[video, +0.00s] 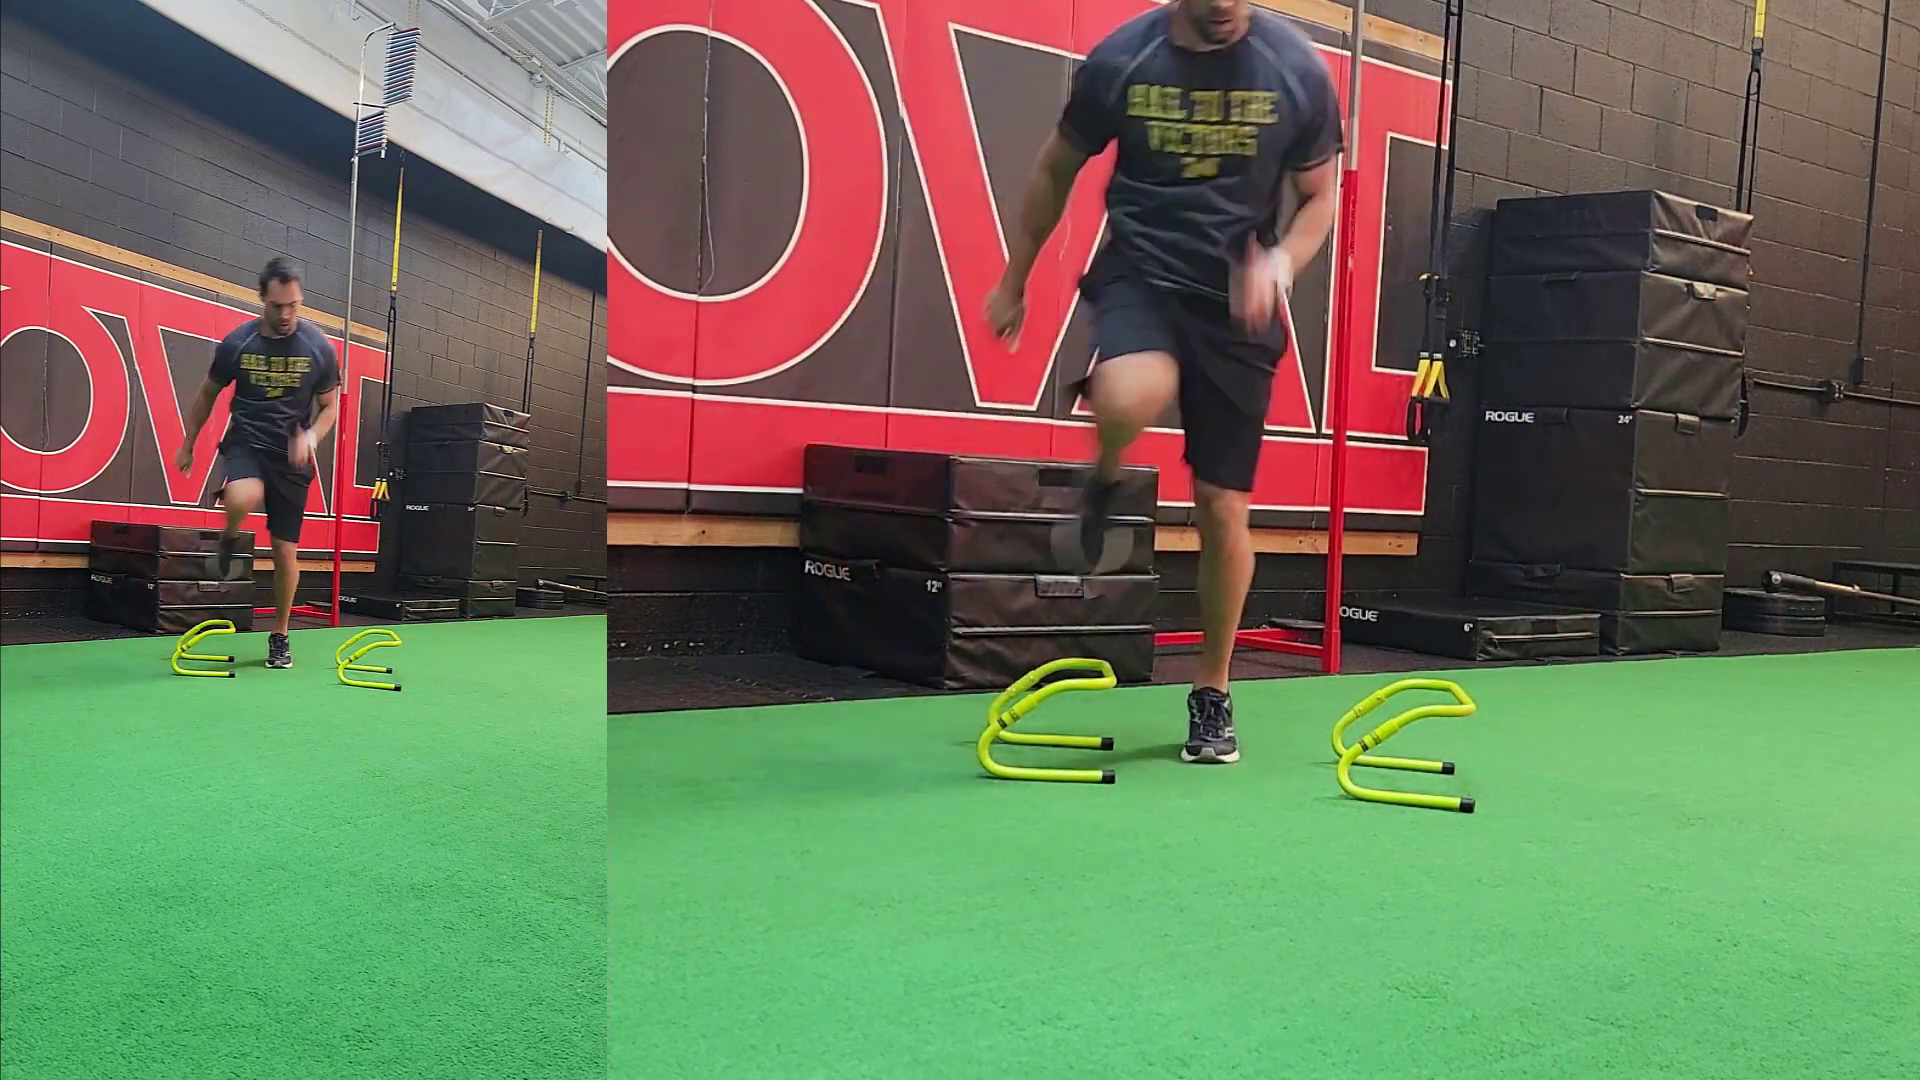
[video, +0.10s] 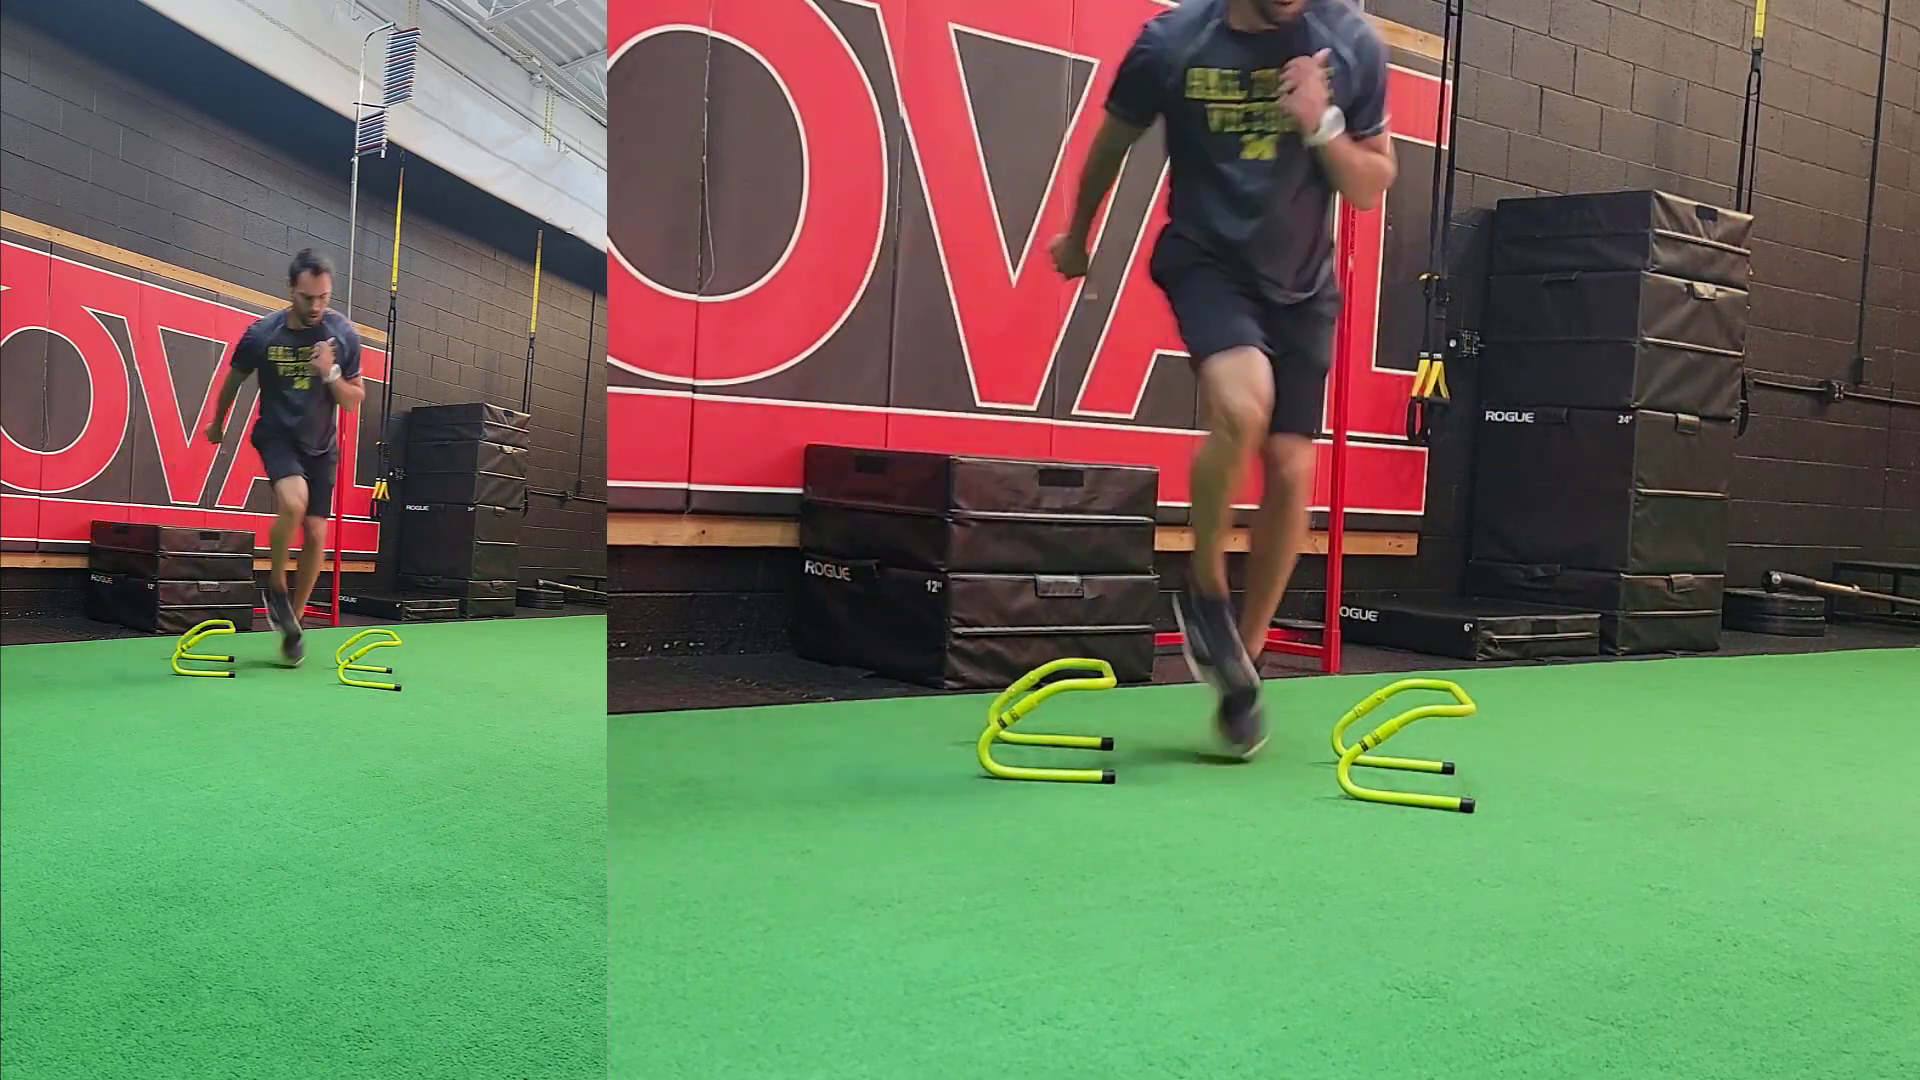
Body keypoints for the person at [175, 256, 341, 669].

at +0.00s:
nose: (286, 314)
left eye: (292, 305)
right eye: (277, 306)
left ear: (301, 301)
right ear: (261, 300)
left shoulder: (319, 348)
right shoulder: (237, 344)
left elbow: (330, 407)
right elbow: (207, 394)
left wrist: (312, 436)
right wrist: (188, 443)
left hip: (293, 452)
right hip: (246, 444)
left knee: (285, 551)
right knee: (240, 500)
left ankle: (280, 635)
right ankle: (227, 543)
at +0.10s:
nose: (316, 307)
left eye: (323, 298)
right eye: (308, 297)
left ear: (330, 294)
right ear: (290, 291)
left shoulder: (343, 335)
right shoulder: (261, 336)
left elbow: (354, 399)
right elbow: (232, 379)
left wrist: (331, 375)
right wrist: (217, 422)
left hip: (322, 443)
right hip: (277, 436)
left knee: (317, 533)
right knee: (295, 505)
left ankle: (295, 620)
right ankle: (277, 586)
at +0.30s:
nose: (380, 323)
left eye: (386, 314)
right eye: (372, 314)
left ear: (392, 309)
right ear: (351, 307)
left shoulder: (398, 349)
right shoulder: (322, 358)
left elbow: (401, 408)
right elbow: (289, 409)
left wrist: (387, 402)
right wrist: (267, 462)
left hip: (378, 458)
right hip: (331, 467)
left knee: (422, 514)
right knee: (327, 554)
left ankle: (406, 571)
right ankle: (296, 643)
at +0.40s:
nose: (408, 327)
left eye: (414, 319)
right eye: (400, 319)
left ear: (421, 313)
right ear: (380, 310)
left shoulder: (426, 346)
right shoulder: (349, 358)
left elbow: (430, 397)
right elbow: (322, 416)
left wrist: (430, 428)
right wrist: (322, 482)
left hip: (406, 453)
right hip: (359, 457)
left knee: (437, 528)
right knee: (363, 534)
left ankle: (464, 619)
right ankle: (317, 610)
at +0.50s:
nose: (436, 352)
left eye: (443, 342)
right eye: (428, 343)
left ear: (448, 336)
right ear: (408, 334)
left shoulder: (454, 370)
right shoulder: (378, 380)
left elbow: (461, 418)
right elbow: (357, 447)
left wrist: (466, 472)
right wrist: (396, 473)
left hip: (437, 474)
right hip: (388, 474)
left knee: (452, 553)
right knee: (403, 536)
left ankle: (474, 647)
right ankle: (382, 552)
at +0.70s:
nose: (474, 395)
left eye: (481, 386)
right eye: (466, 386)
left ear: (489, 378)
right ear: (449, 373)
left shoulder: (492, 401)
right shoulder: (417, 416)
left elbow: (486, 443)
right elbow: (410, 489)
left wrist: (478, 458)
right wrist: (460, 468)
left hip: (466, 495)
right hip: (419, 500)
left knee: (483, 564)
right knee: (454, 557)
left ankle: (478, 650)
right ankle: (449, 589)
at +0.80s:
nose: (480, 398)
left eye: (488, 389)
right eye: (473, 388)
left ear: (496, 380)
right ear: (455, 376)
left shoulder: (498, 405)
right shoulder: (423, 418)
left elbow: (485, 443)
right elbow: (412, 490)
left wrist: (480, 462)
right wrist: (462, 474)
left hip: (473, 496)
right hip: (428, 502)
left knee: (488, 566)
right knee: (465, 555)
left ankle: (479, 650)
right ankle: (458, 588)